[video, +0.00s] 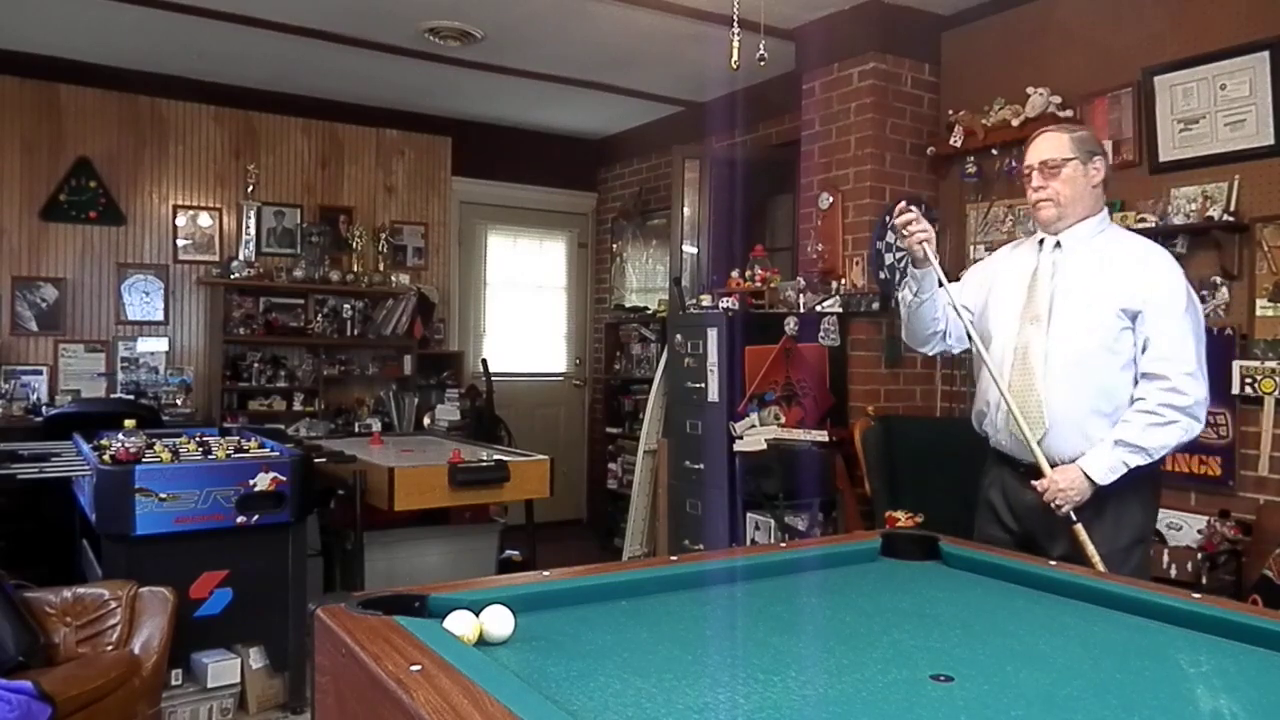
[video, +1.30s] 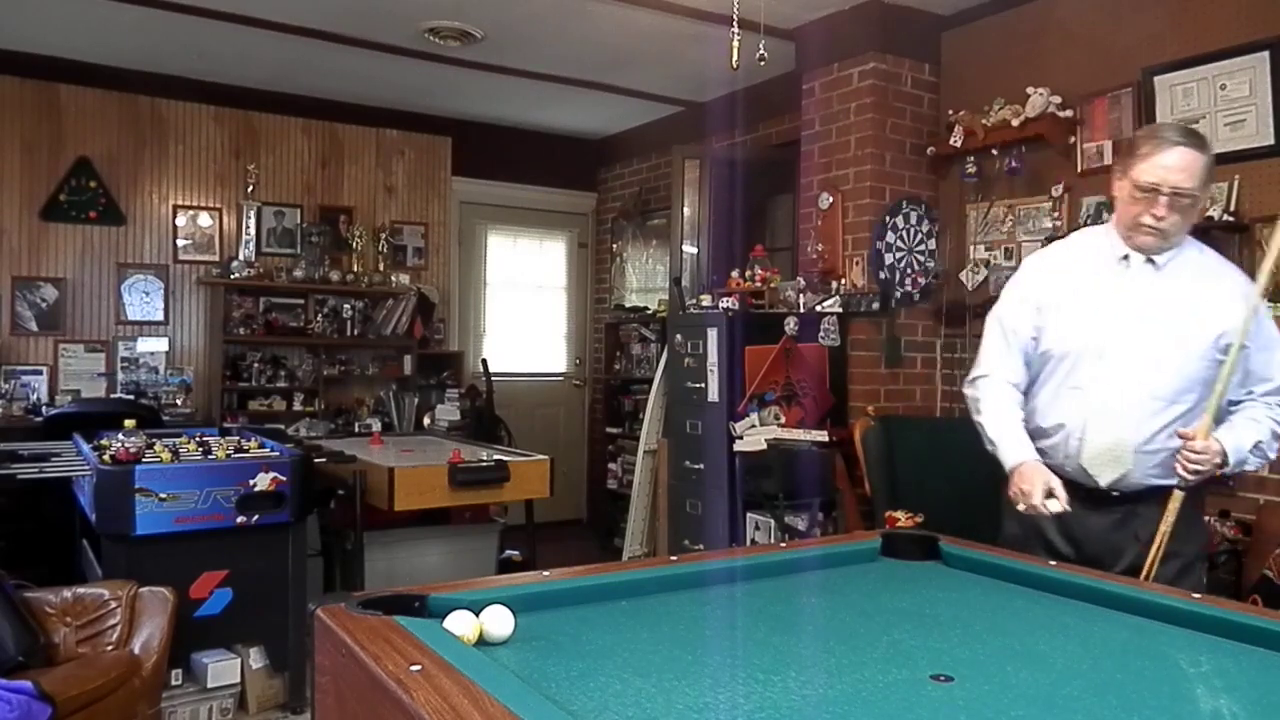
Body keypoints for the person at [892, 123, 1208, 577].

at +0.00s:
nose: (1034, 184)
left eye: (1050, 168)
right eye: (1028, 173)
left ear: (1095, 171)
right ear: (1023, 183)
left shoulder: (1148, 267)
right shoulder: (1004, 265)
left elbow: (1177, 399)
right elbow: (930, 334)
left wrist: (1090, 471)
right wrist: (922, 267)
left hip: (1103, 500)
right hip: (1004, 487)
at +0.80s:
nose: (1034, 192)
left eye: (1051, 178)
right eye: (1020, 180)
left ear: (1080, 182)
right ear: (1005, 188)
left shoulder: (1129, 270)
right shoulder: (973, 270)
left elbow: (1173, 391)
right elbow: (909, 352)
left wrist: (1110, 466)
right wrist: (896, 300)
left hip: (1096, 498)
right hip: (993, 489)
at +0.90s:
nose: (1047, 193)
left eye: (1065, 179)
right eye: (1033, 180)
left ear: (1091, 185)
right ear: (1014, 189)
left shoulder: (1136, 273)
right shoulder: (975, 274)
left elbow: (1189, 385)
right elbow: (920, 363)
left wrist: (1132, 452)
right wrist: (909, 341)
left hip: (1105, 501)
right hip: (998, 496)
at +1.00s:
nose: (1065, 195)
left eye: (1081, 183)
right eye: (1050, 181)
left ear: (1103, 190)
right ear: (1028, 188)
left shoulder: (1150, 276)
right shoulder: (985, 273)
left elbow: (1207, 381)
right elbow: (926, 347)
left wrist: (1158, 437)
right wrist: (935, 380)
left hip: (1112, 504)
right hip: (1005, 497)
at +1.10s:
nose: (1090, 201)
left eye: (1107, 187)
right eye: (1075, 185)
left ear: (1131, 191)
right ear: (1049, 186)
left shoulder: (1169, 280)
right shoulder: (999, 274)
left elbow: (1227, 385)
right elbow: (944, 364)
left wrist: (1184, 434)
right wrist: (964, 421)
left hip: (1125, 512)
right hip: (1015, 503)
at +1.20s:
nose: (1121, 205)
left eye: (1140, 192)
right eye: (1107, 187)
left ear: (1164, 199)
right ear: (1080, 186)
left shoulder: (1200, 290)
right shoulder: (1022, 273)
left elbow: (1249, 393)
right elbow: (966, 374)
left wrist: (1206, 441)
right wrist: (995, 447)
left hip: (1139, 521)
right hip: (1028, 512)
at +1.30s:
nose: (1159, 211)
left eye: (1179, 198)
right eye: (1146, 191)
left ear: (1201, 206)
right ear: (1116, 184)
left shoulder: (1230, 294)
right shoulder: (1049, 270)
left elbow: (1267, 399)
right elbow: (992, 376)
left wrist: (1225, 449)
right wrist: (1020, 462)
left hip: (1161, 524)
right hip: (1046, 513)